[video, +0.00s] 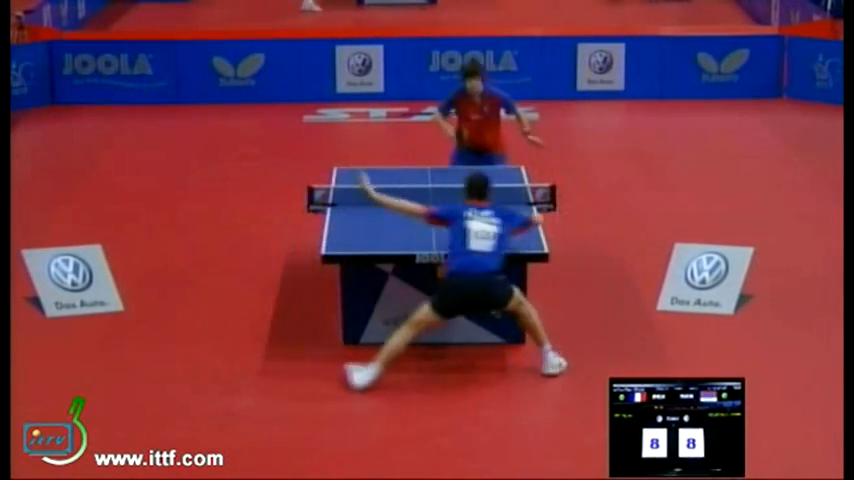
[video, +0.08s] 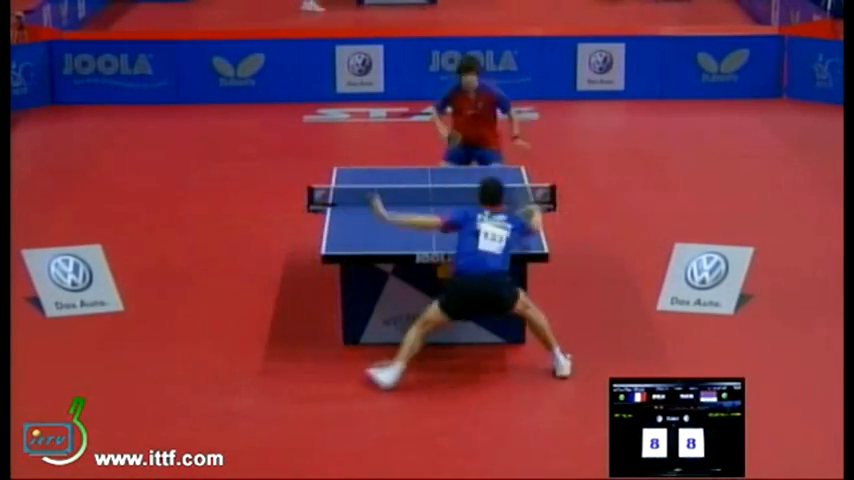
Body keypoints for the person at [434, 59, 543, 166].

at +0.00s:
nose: (473, 86)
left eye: (477, 81)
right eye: (470, 82)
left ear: (483, 81)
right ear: (465, 83)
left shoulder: (494, 97)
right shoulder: (459, 97)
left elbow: (516, 112)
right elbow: (439, 114)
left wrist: (527, 132)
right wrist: (448, 129)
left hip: (492, 151)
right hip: (466, 151)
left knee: (496, 189)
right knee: (459, 188)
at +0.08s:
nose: (469, 80)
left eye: (473, 76)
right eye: (465, 76)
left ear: (478, 77)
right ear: (460, 78)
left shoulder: (489, 92)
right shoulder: (455, 93)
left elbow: (509, 110)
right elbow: (436, 110)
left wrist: (515, 134)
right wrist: (443, 130)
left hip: (487, 143)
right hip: (461, 142)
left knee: (495, 179)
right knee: (449, 177)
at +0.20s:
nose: (460, 86)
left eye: (463, 82)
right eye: (456, 82)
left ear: (469, 82)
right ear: (451, 83)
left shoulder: (482, 100)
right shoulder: (446, 99)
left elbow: (499, 121)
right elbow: (437, 117)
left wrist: (495, 149)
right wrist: (435, 140)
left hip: (479, 153)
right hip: (455, 150)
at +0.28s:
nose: (455, 93)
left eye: (457, 89)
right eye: (451, 89)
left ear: (462, 90)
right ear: (446, 92)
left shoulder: (476, 107)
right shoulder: (442, 108)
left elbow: (492, 131)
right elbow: (436, 132)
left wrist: (489, 158)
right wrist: (445, 147)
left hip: (476, 159)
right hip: (453, 157)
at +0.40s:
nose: (464, 89)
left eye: (466, 84)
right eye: (460, 85)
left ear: (471, 85)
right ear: (454, 87)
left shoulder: (483, 101)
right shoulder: (449, 107)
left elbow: (504, 116)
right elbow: (453, 137)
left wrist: (510, 130)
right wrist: (483, 141)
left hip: (481, 150)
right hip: (458, 151)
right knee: (446, 170)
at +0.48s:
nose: (472, 80)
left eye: (474, 76)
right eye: (468, 77)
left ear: (479, 76)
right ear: (462, 78)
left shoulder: (492, 90)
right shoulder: (461, 96)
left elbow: (515, 100)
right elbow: (460, 122)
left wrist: (530, 107)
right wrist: (482, 133)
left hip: (491, 141)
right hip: (466, 142)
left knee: (513, 170)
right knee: (448, 172)